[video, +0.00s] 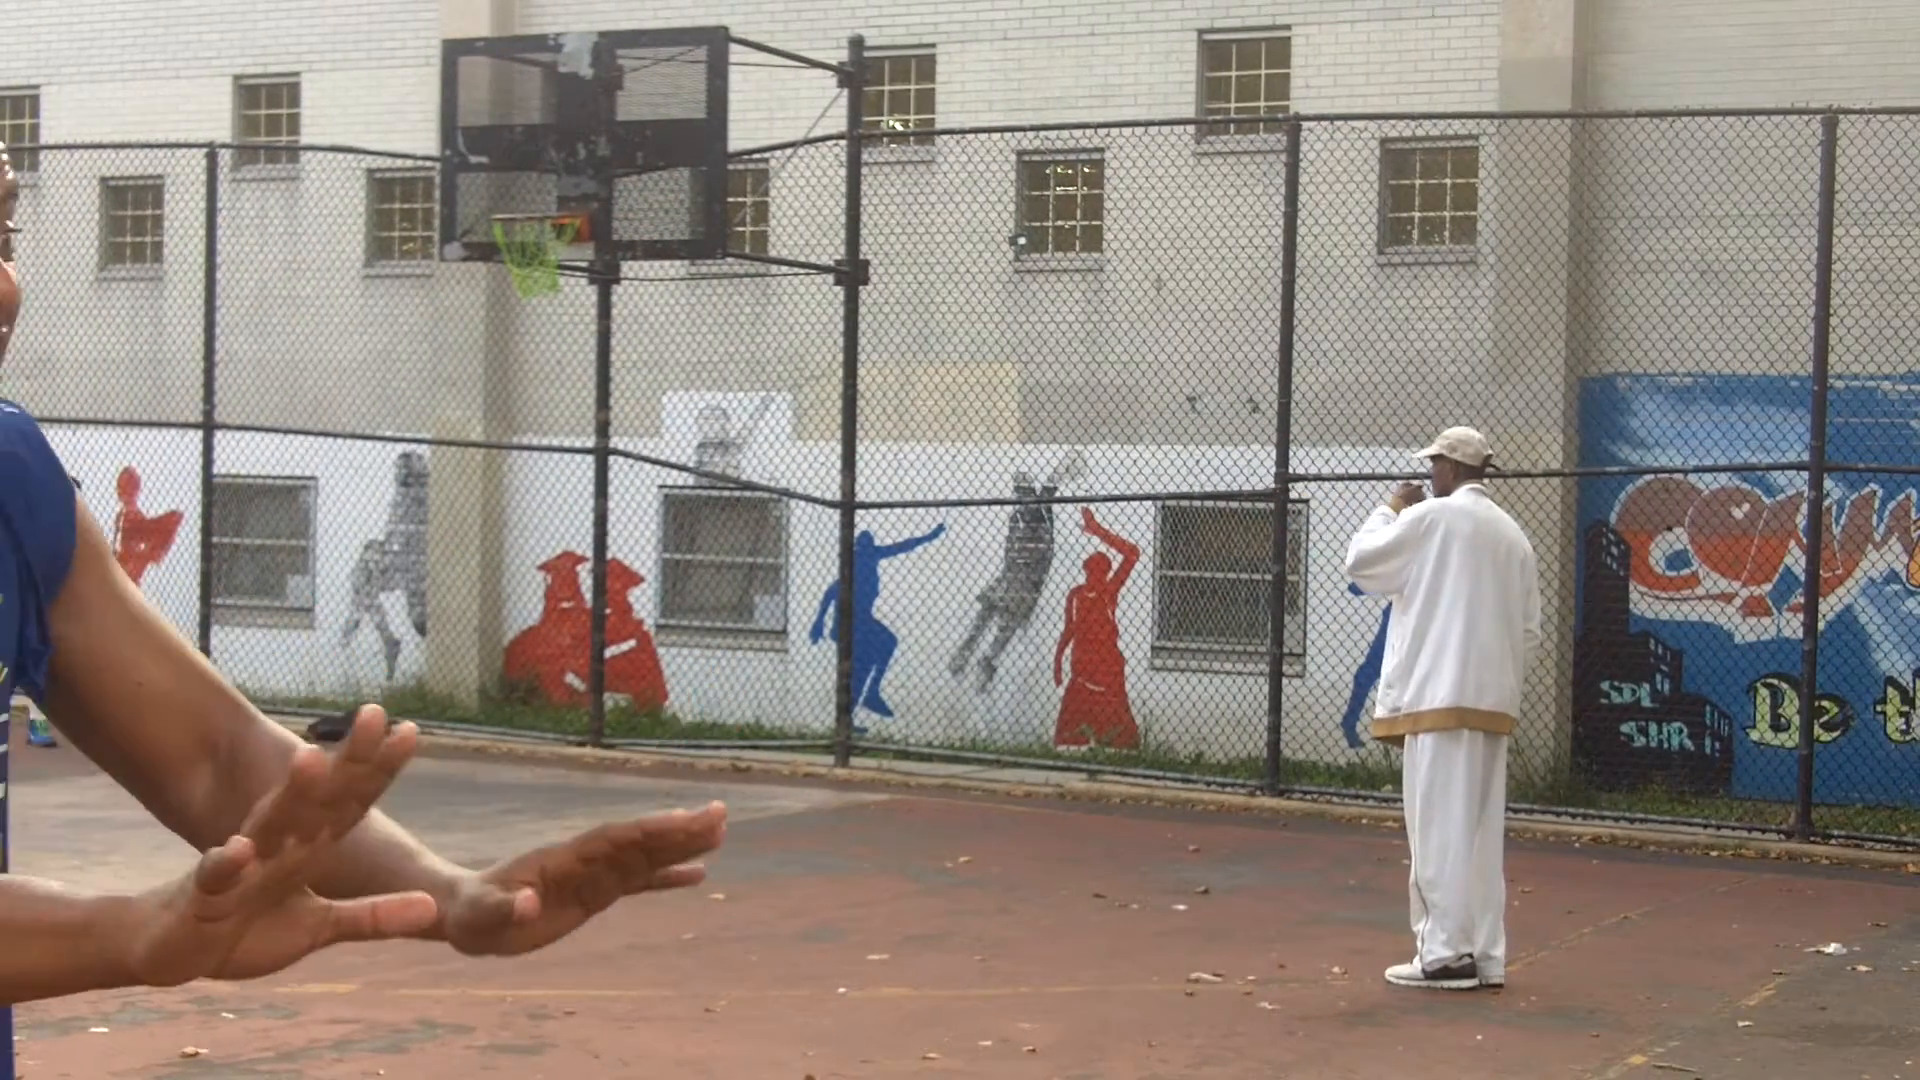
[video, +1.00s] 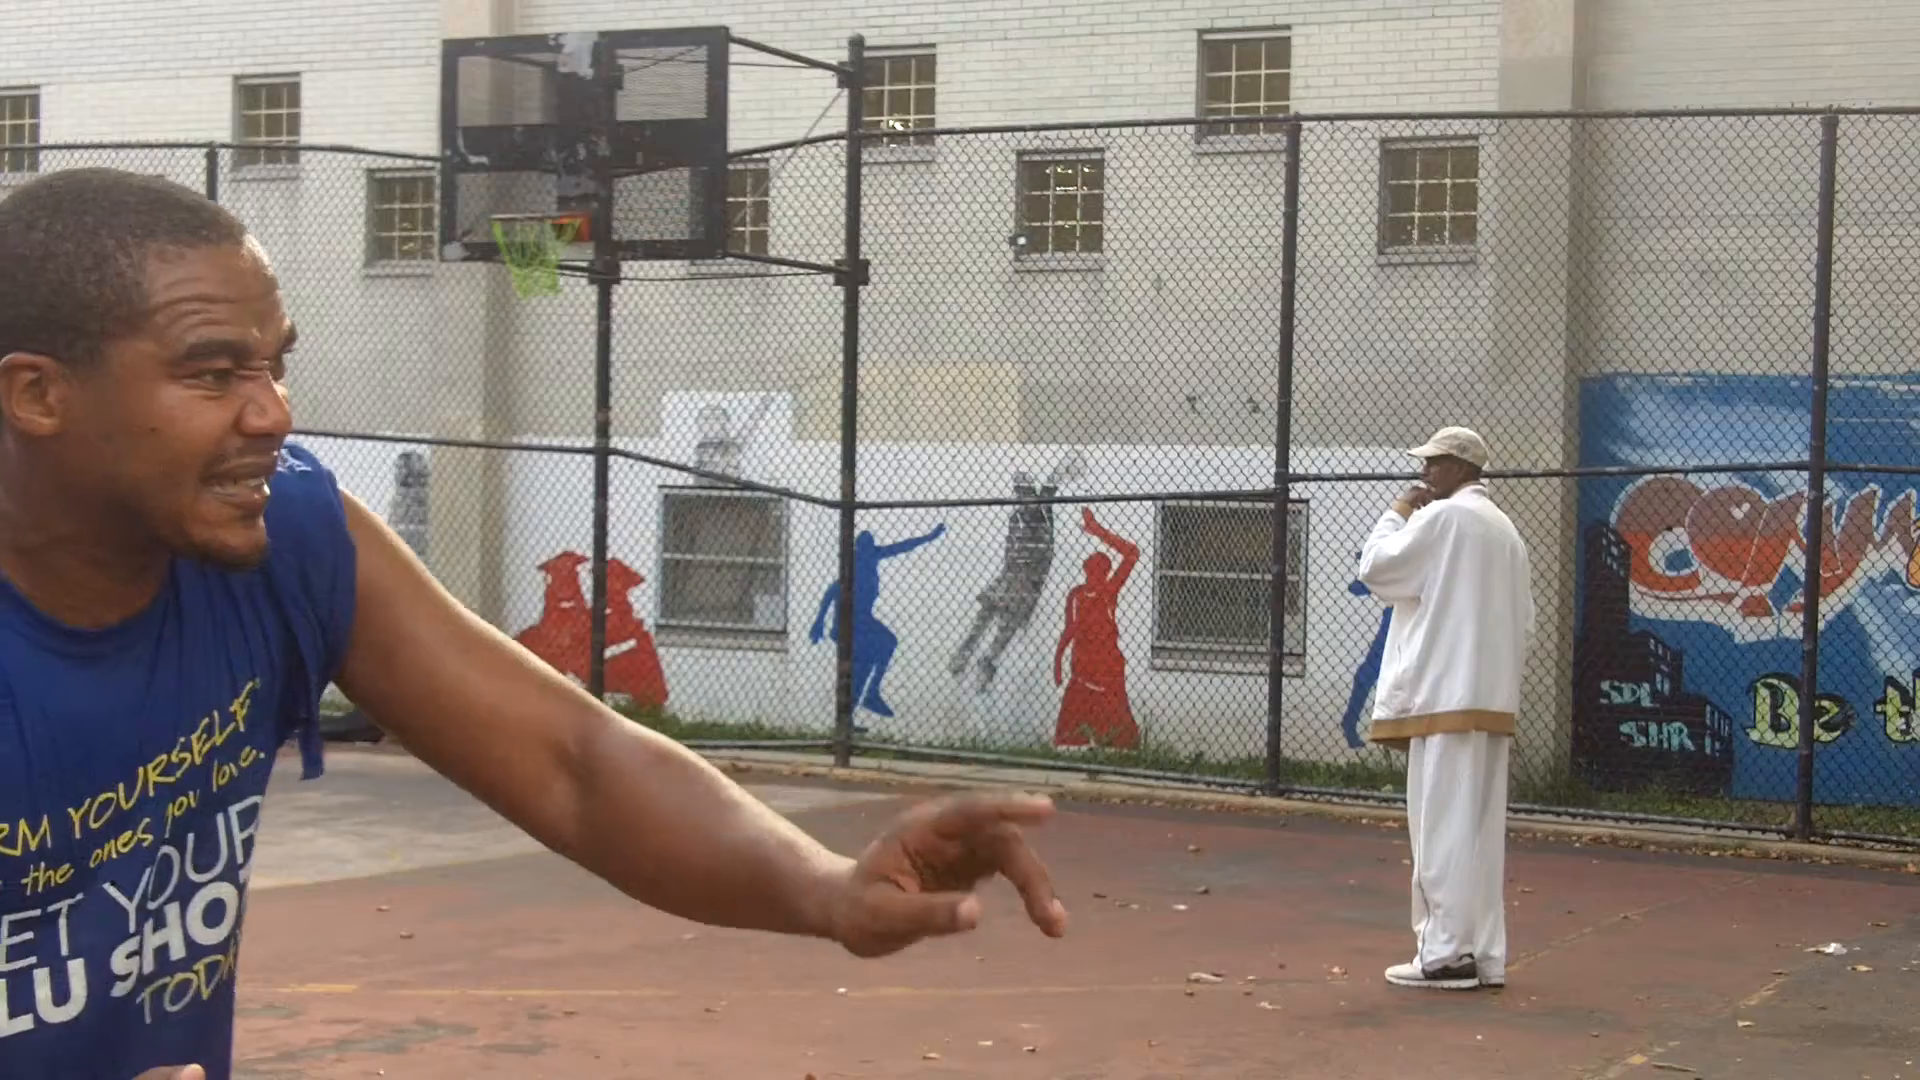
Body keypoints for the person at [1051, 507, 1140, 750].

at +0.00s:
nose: (1097, 575)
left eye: (1101, 570)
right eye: (1093, 569)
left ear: (1107, 572)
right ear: (1086, 569)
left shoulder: (1112, 589)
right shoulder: (1076, 593)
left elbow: (1132, 554)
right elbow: (1069, 629)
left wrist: (1098, 531)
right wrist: (1058, 660)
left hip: (1108, 657)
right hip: (1082, 657)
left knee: (1111, 704)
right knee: (1078, 704)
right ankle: (1071, 745)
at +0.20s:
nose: (1097, 575)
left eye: (1101, 570)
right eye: (1093, 569)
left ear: (1107, 572)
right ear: (1086, 569)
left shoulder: (1112, 589)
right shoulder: (1076, 593)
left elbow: (1132, 554)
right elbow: (1069, 629)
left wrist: (1098, 531)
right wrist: (1058, 659)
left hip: (1108, 657)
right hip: (1082, 657)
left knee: (1111, 704)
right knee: (1078, 704)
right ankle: (1071, 745)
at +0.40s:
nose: (1097, 575)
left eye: (1101, 570)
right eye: (1093, 569)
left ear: (1107, 572)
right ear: (1086, 569)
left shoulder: (1112, 589)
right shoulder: (1076, 593)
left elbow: (1132, 554)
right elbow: (1069, 628)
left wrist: (1098, 531)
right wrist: (1058, 659)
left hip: (1108, 657)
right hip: (1082, 657)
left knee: (1111, 705)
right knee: (1078, 705)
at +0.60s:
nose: (1096, 575)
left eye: (1100, 570)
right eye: (1093, 569)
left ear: (1106, 572)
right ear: (1086, 570)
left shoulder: (1112, 589)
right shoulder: (1076, 593)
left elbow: (1132, 554)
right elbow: (1069, 628)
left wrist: (1098, 531)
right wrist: (1058, 658)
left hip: (1108, 657)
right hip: (1082, 657)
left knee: (1111, 704)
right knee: (1077, 704)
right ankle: (1070, 745)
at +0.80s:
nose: (1097, 575)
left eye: (1101, 570)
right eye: (1093, 569)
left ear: (1107, 572)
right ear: (1086, 569)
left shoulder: (1112, 589)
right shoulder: (1076, 593)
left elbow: (1132, 554)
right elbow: (1069, 628)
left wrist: (1098, 531)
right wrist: (1058, 659)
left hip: (1108, 657)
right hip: (1082, 657)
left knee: (1111, 705)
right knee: (1078, 705)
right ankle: (1070, 746)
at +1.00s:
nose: (1096, 575)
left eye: (1100, 570)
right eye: (1093, 569)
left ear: (1106, 572)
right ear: (1086, 569)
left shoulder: (1112, 589)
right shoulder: (1076, 594)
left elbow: (1132, 554)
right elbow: (1070, 628)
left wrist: (1099, 531)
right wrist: (1058, 658)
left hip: (1109, 658)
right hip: (1083, 658)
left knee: (1112, 706)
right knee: (1077, 705)